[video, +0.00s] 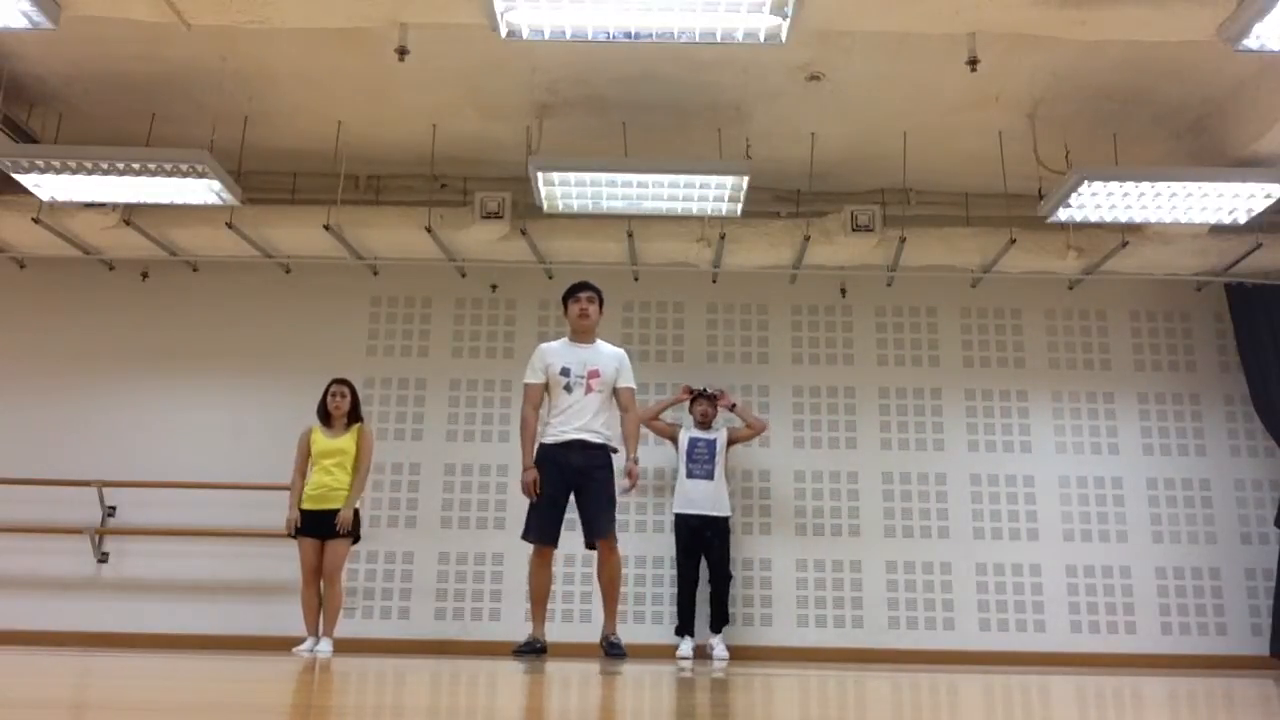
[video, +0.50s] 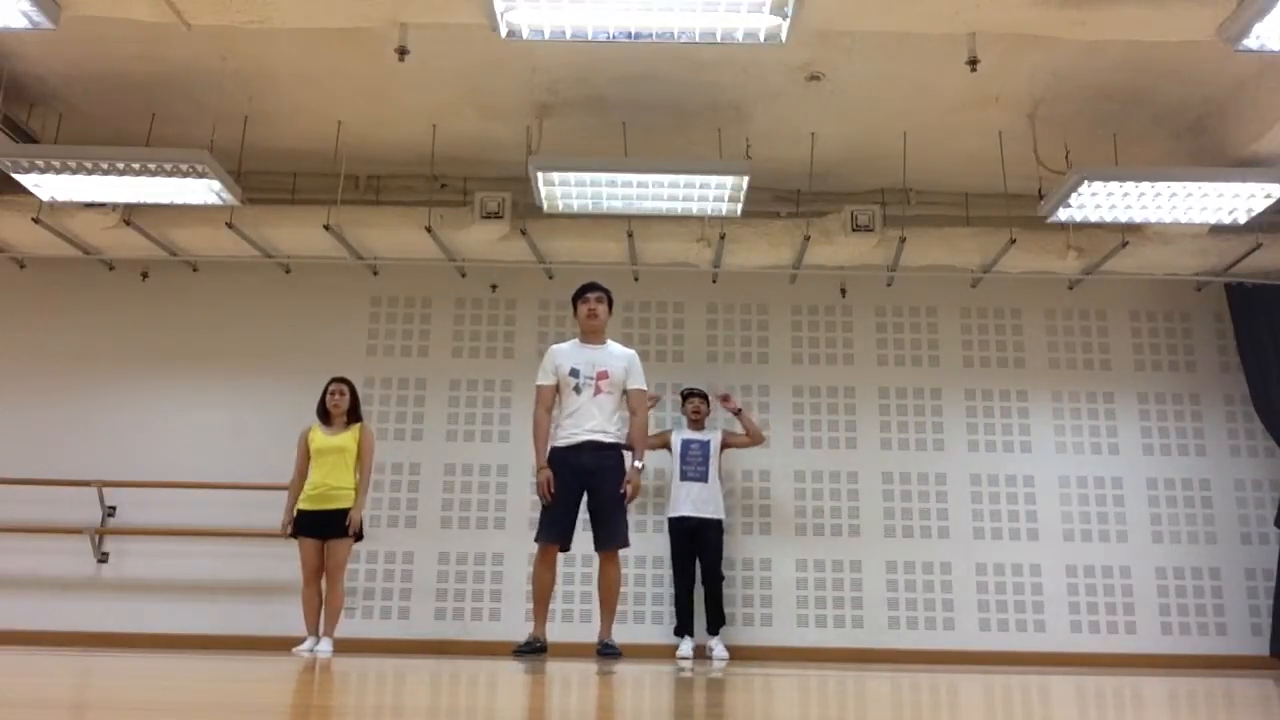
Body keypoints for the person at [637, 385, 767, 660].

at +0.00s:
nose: (703, 413)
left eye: (708, 408)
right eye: (698, 408)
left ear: (715, 411)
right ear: (691, 411)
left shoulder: (724, 436)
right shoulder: (680, 434)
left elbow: (759, 427)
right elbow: (645, 418)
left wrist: (731, 405)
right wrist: (675, 399)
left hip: (716, 515)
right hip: (687, 514)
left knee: (720, 578)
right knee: (687, 578)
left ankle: (716, 636)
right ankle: (686, 638)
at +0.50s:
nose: (695, 407)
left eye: (700, 404)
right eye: (691, 404)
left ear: (708, 409)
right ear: (683, 410)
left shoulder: (718, 437)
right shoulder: (672, 436)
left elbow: (756, 438)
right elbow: (636, 443)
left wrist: (736, 410)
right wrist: (643, 410)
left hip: (710, 516)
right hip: (680, 516)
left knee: (713, 578)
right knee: (683, 580)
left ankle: (714, 638)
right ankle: (685, 639)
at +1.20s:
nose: (697, 413)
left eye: (702, 408)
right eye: (691, 408)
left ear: (710, 410)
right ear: (684, 411)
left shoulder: (722, 442)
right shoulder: (672, 441)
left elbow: (725, 482)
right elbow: (665, 481)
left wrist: (727, 515)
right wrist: (658, 515)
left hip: (712, 519)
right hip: (680, 518)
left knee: (721, 575)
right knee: (683, 581)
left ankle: (736, 631)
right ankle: (685, 637)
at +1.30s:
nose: (701, 414)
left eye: (706, 409)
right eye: (696, 409)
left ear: (713, 411)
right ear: (687, 411)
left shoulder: (725, 442)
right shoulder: (676, 442)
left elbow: (739, 480)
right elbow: (659, 476)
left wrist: (754, 511)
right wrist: (643, 504)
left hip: (715, 520)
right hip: (683, 520)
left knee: (730, 573)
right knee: (684, 582)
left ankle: (753, 629)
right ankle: (685, 638)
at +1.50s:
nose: (715, 412)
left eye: (719, 406)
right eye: (710, 406)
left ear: (727, 409)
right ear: (700, 409)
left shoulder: (737, 439)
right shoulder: (690, 437)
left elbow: (759, 458)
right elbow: (673, 458)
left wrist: (779, 463)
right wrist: (655, 451)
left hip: (731, 519)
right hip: (699, 518)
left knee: (749, 574)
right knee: (692, 581)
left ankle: (777, 629)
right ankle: (685, 638)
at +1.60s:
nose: (722, 411)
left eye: (727, 406)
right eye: (717, 406)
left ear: (734, 408)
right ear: (708, 409)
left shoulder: (743, 435)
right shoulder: (700, 436)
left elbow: (761, 447)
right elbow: (699, 448)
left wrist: (750, 430)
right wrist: (717, 432)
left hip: (745, 517)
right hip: (713, 518)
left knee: (759, 578)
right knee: (703, 580)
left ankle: (779, 636)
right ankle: (690, 636)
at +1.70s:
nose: (735, 405)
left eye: (737, 400)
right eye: (729, 400)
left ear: (741, 406)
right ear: (717, 406)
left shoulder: (750, 436)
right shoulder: (710, 437)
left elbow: (773, 431)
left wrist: (771, 408)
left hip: (757, 514)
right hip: (725, 515)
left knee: (771, 577)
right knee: (717, 577)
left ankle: (781, 637)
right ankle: (726, 627)